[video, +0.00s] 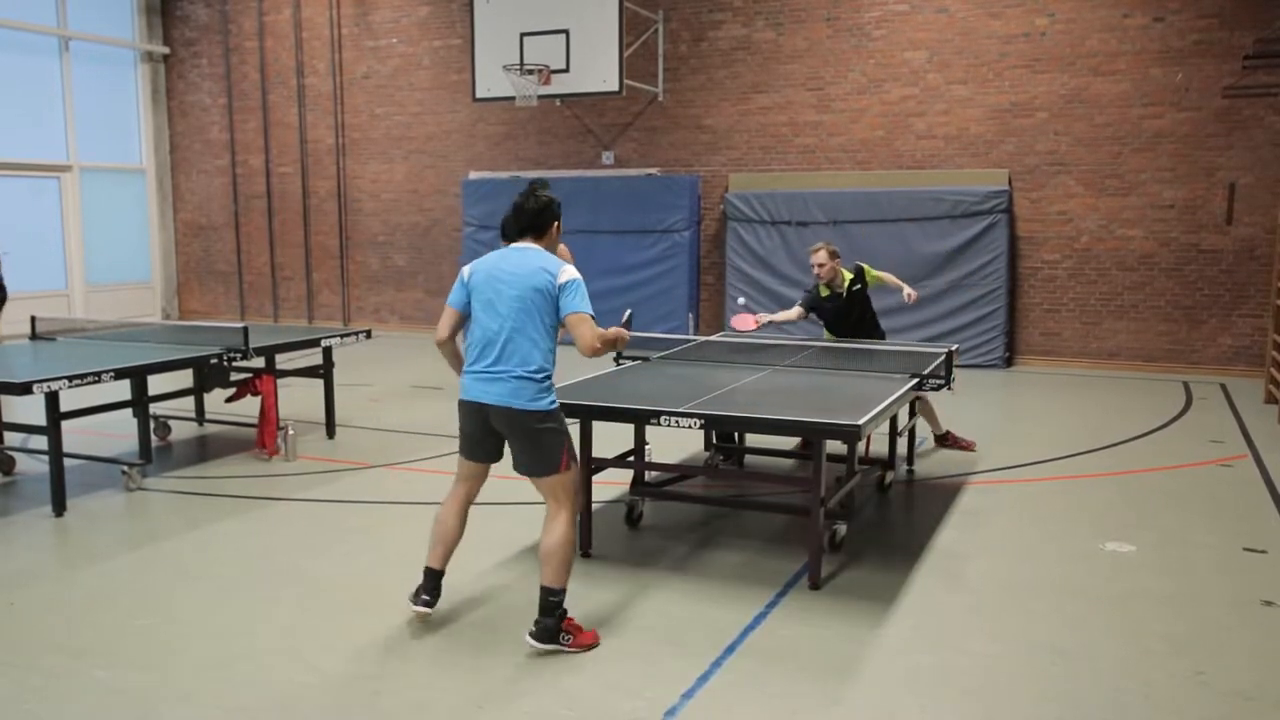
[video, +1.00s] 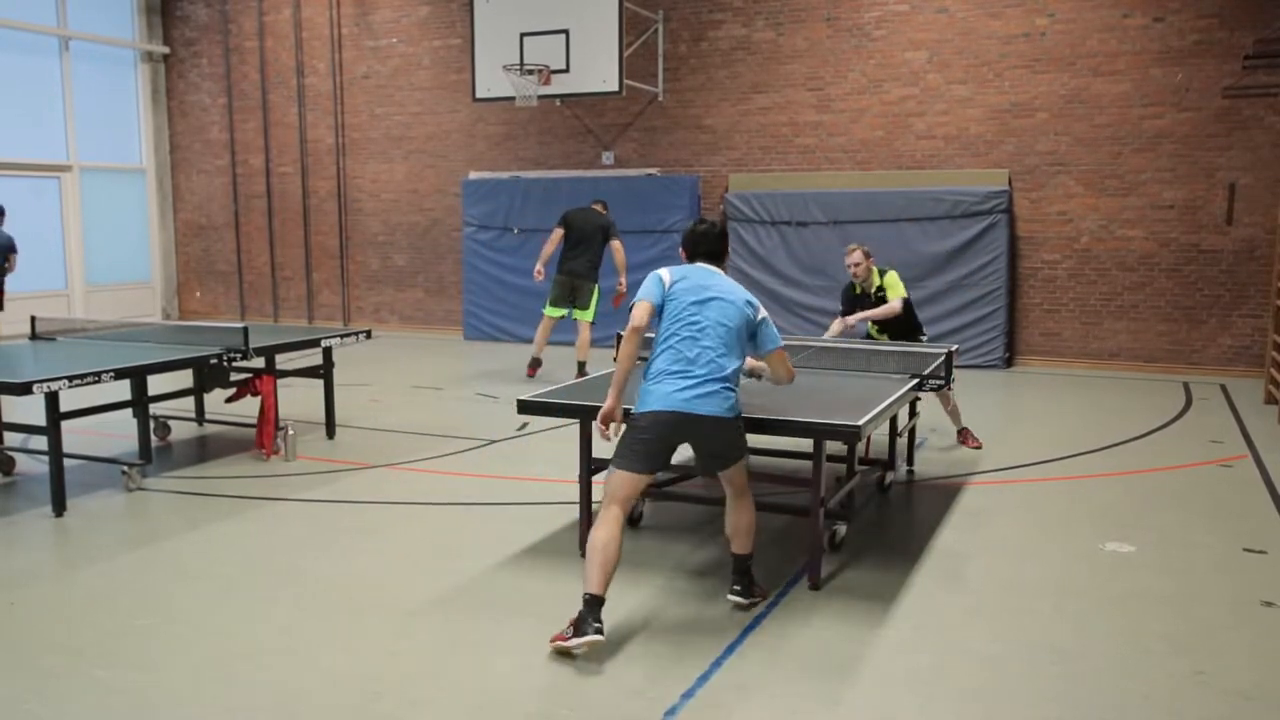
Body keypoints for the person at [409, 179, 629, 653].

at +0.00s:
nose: (562, 233)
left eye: (560, 228)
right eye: (560, 227)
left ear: (512, 227)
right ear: (552, 228)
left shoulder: (477, 267)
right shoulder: (559, 270)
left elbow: (444, 337)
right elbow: (588, 344)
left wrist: (467, 375)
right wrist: (614, 337)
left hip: (474, 399)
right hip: (529, 405)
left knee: (462, 489)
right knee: (561, 502)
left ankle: (428, 586)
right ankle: (550, 620)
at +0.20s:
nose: (579, 255)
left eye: (577, 247)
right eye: (578, 248)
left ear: (526, 247)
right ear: (569, 250)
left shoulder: (488, 290)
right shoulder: (570, 298)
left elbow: (453, 359)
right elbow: (606, 381)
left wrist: (488, 389)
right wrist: (626, 370)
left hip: (489, 437)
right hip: (548, 439)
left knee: (477, 546)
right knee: (587, 532)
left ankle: (460, 656)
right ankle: (574, 652)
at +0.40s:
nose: (611, 285)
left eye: (610, 279)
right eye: (611, 280)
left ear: (562, 275)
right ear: (602, 279)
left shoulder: (521, 311)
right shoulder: (610, 323)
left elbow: (468, 369)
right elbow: (674, 378)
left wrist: (489, 408)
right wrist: (644, 359)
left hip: (521, 459)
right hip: (586, 455)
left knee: (489, 556)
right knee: (649, 495)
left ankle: (461, 665)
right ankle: (669, 605)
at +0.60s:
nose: (690, 294)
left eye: (683, 287)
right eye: (688, 288)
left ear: (645, 286)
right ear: (683, 290)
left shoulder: (611, 311)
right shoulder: (696, 328)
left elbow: (544, 342)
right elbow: (763, 360)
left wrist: (514, 395)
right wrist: (719, 343)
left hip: (599, 449)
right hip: (662, 452)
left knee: (542, 542)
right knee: (711, 495)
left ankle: (485, 633)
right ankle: (734, 587)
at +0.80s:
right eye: (725, 293)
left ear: (683, 293)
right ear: (724, 295)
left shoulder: (666, 311)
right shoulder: (745, 334)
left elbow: (621, 345)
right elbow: (791, 376)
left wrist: (581, 406)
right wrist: (758, 353)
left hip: (650, 442)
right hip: (710, 446)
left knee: (596, 526)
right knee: (737, 489)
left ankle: (549, 627)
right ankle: (736, 585)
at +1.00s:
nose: (681, 258)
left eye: (682, 251)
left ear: (683, 253)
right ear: (727, 256)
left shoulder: (663, 277)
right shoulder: (744, 298)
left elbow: (637, 326)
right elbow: (784, 374)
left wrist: (614, 397)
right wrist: (757, 364)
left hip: (657, 409)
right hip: (716, 413)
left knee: (615, 506)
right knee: (738, 490)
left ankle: (589, 617)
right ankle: (742, 582)